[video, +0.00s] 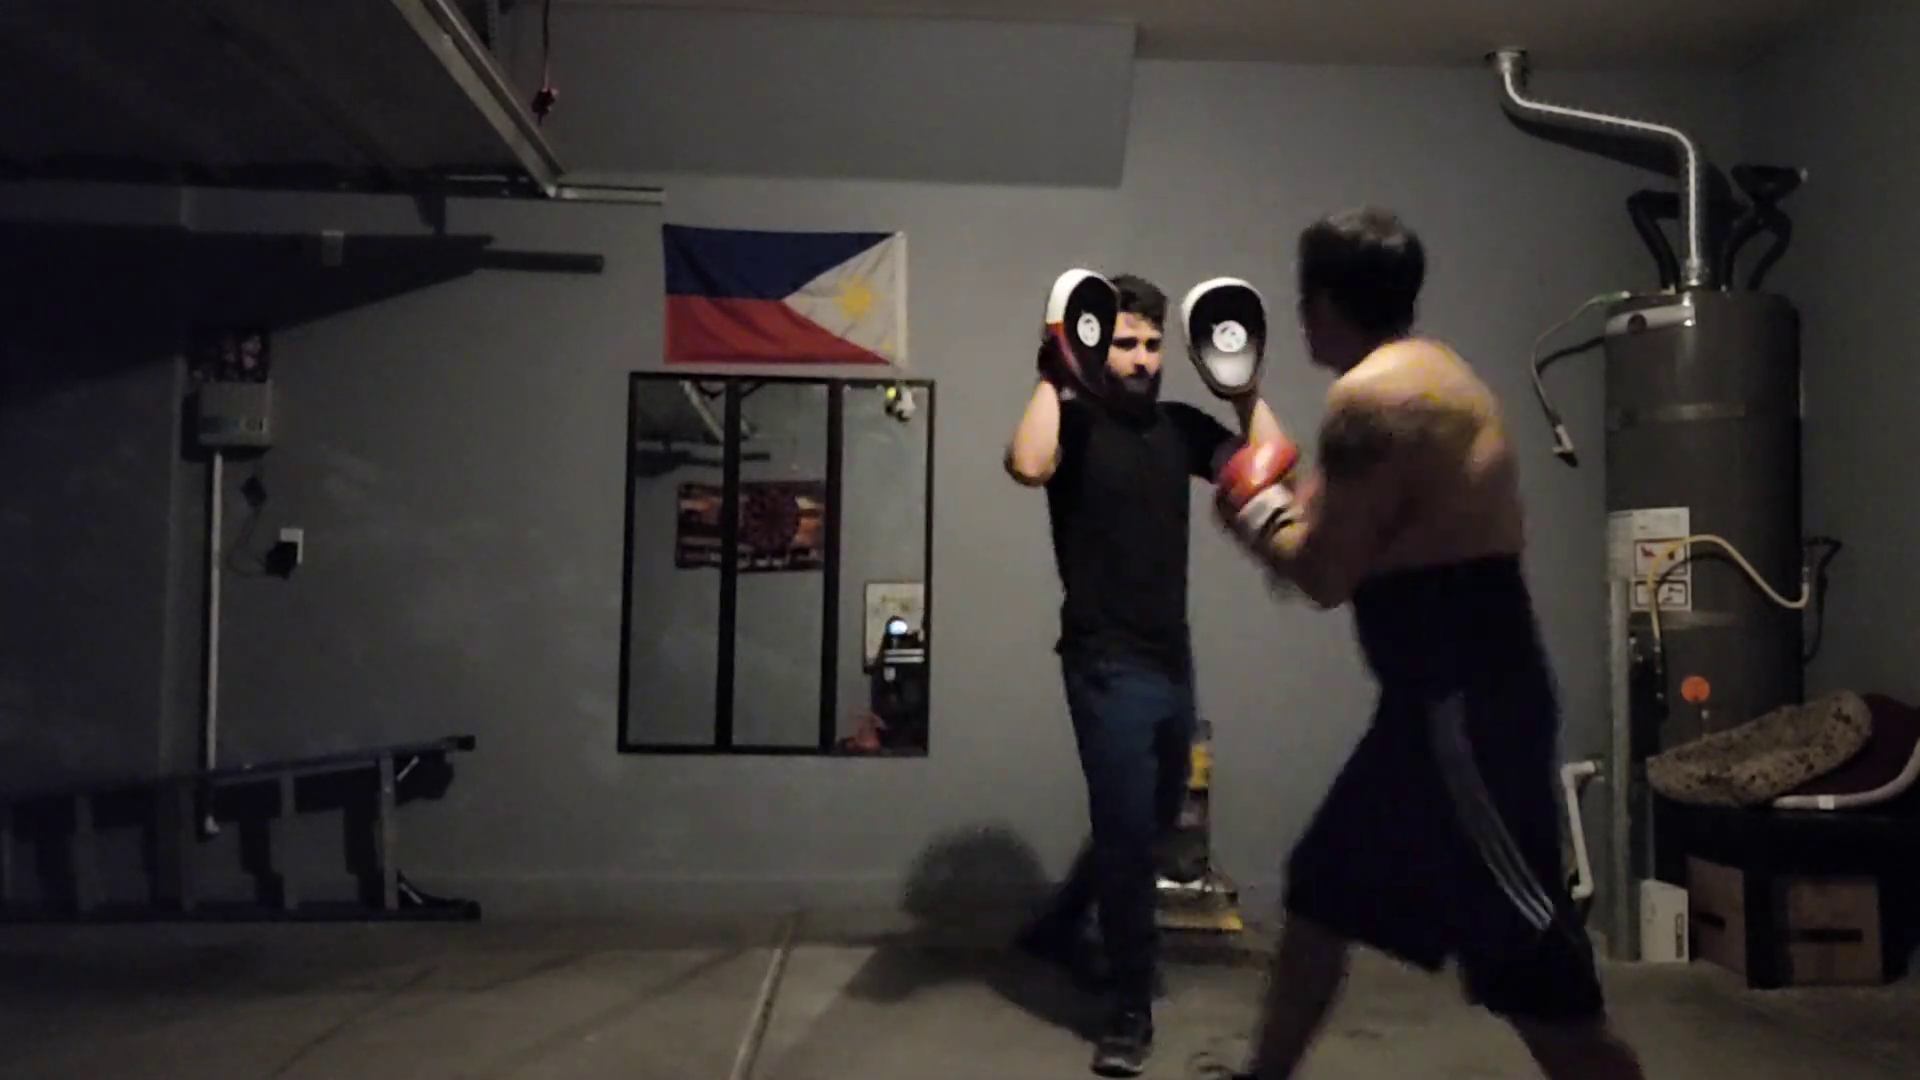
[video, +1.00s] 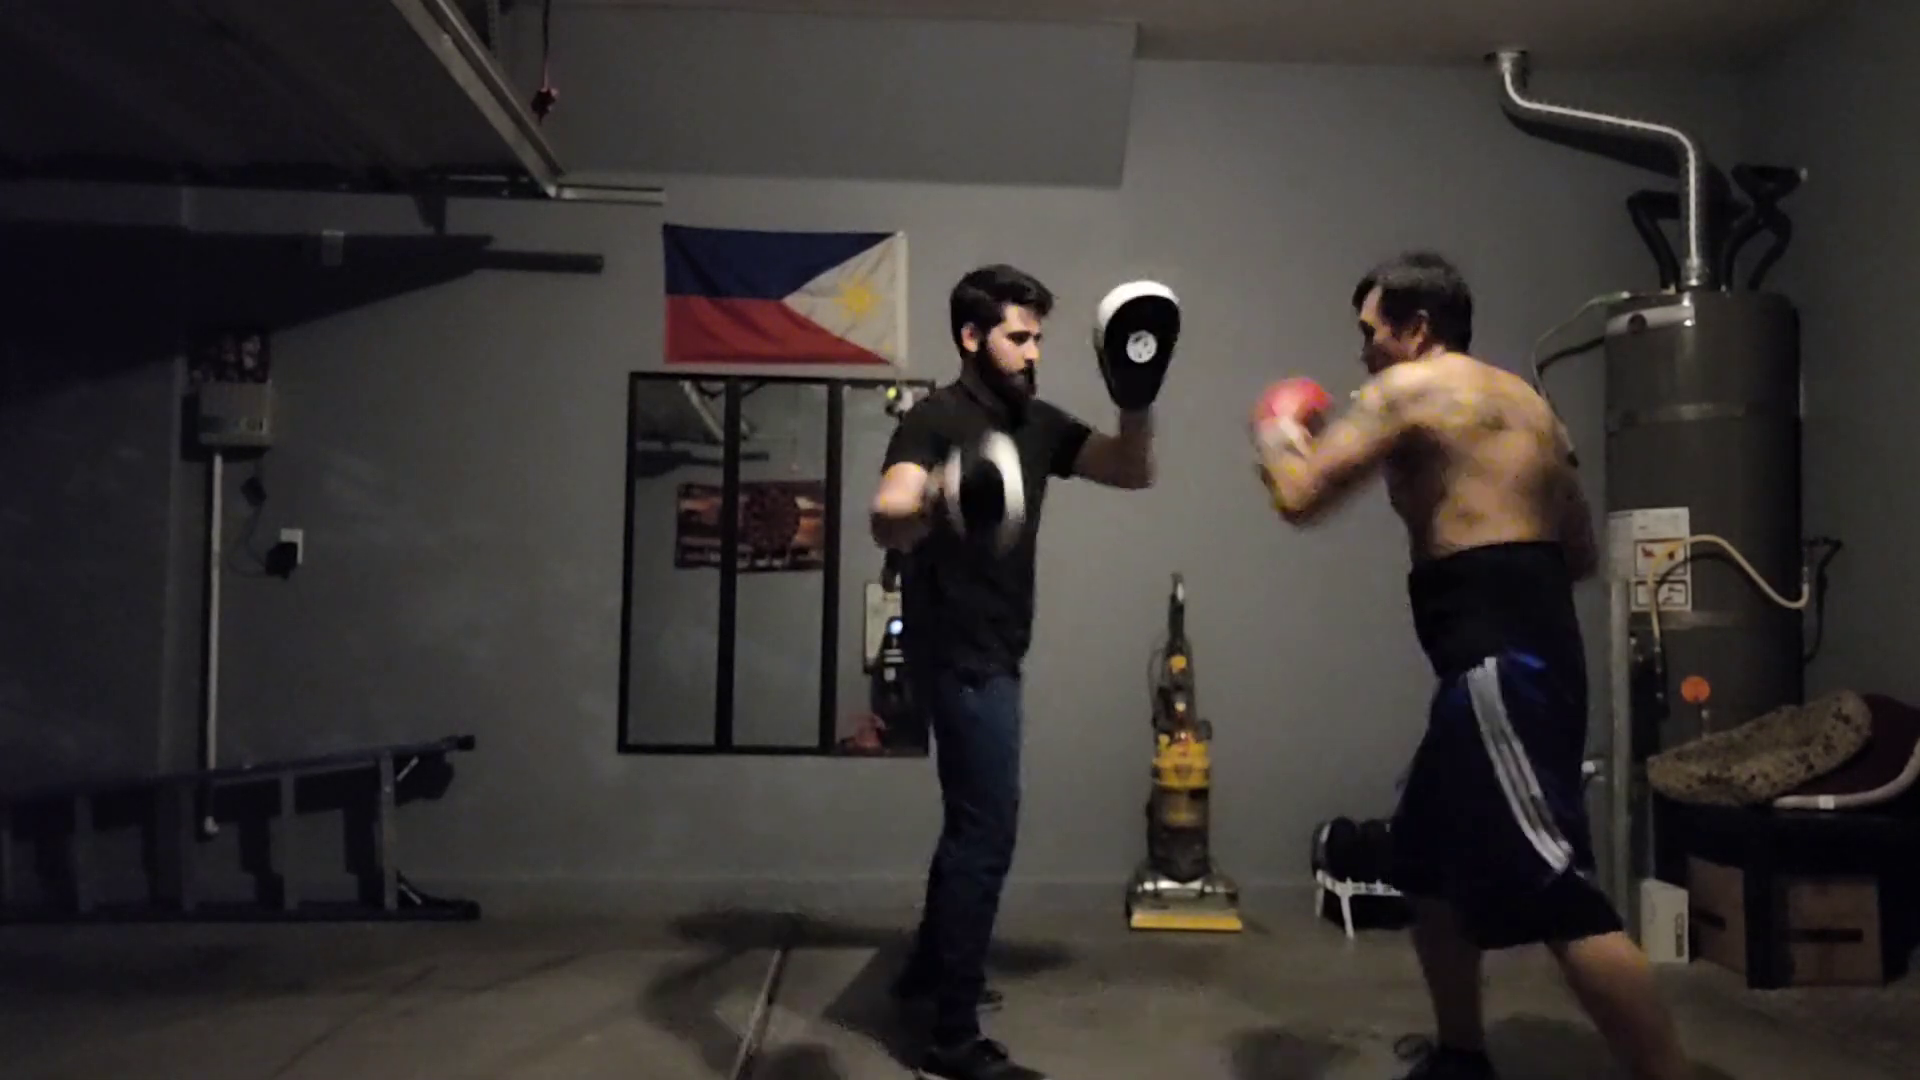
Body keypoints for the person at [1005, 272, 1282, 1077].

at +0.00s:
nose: (1139, 357)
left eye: (1150, 344)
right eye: (1124, 344)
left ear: (1163, 351)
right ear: (1090, 349)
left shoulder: (1179, 426)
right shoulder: (1068, 416)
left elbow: (1269, 469)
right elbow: (1030, 464)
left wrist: (1247, 390)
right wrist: (1055, 373)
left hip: (1167, 651)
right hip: (1102, 653)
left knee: (1148, 823)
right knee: (1127, 829)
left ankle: (1059, 926)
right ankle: (1131, 1003)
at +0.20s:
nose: (1112, 374)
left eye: (1121, 362)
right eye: (1098, 362)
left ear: (1132, 370)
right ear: (1065, 366)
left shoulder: (1143, 443)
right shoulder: (1042, 427)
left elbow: (1236, 479)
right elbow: (1004, 459)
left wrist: (1206, 402)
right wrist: (1034, 372)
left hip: (1111, 660)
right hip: (1056, 658)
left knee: (1034, 820)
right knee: (1113, 818)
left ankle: (985, 957)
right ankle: (1130, 1009)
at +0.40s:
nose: (1099, 371)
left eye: (1107, 360)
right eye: (1087, 358)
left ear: (1112, 367)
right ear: (1049, 357)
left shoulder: (1113, 438)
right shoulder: (1021, 410)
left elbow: (1198, 495)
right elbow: (997, 443)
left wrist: (1177, 410)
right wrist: (1025, 360)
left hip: (1069, 648)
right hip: (1018, 644)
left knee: (1014, 811)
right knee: (1072, 798)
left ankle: (981, 965)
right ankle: (1061, 997)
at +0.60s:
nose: (1088, 362)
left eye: (1088, 353)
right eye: (1073, 350)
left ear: (1071, 366)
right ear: (1028, 361)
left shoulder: (1079, 445)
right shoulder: (1001, 416)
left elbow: (1160, 503)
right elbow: (1049, 402)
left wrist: (1147, 417)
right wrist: (1106, 341)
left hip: (1044, 655)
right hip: (1000, 652)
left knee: (1042, 810)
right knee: (1013, 808)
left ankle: (990, 957)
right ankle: (969, 1004)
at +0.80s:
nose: (1045, 356)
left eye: (1049, 343)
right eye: (1032, 341)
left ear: (1050, 356)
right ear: (992, 350)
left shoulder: (1060, 436)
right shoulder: (962, 424)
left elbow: (1144, 495)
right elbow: (953, 444)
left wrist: (1138, 404)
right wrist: (1031, 365)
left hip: (1033, 657)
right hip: (981, 658)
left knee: (1001, 828)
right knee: (982, 837)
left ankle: (984, 964)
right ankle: (954, 1033)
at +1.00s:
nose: (1033, 353)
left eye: (1038, 338)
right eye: (1019, 338)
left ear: (1034, 340)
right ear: (973, 338)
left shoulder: (1035, 420)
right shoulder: (937, 417)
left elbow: (1131, 470)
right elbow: (888, 509)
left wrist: (1135, 395)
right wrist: (938, 492)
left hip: (997, 657)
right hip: (955, 657)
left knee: (979, 828)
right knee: (984, 837)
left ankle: (930, 978)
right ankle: (952, 1033)